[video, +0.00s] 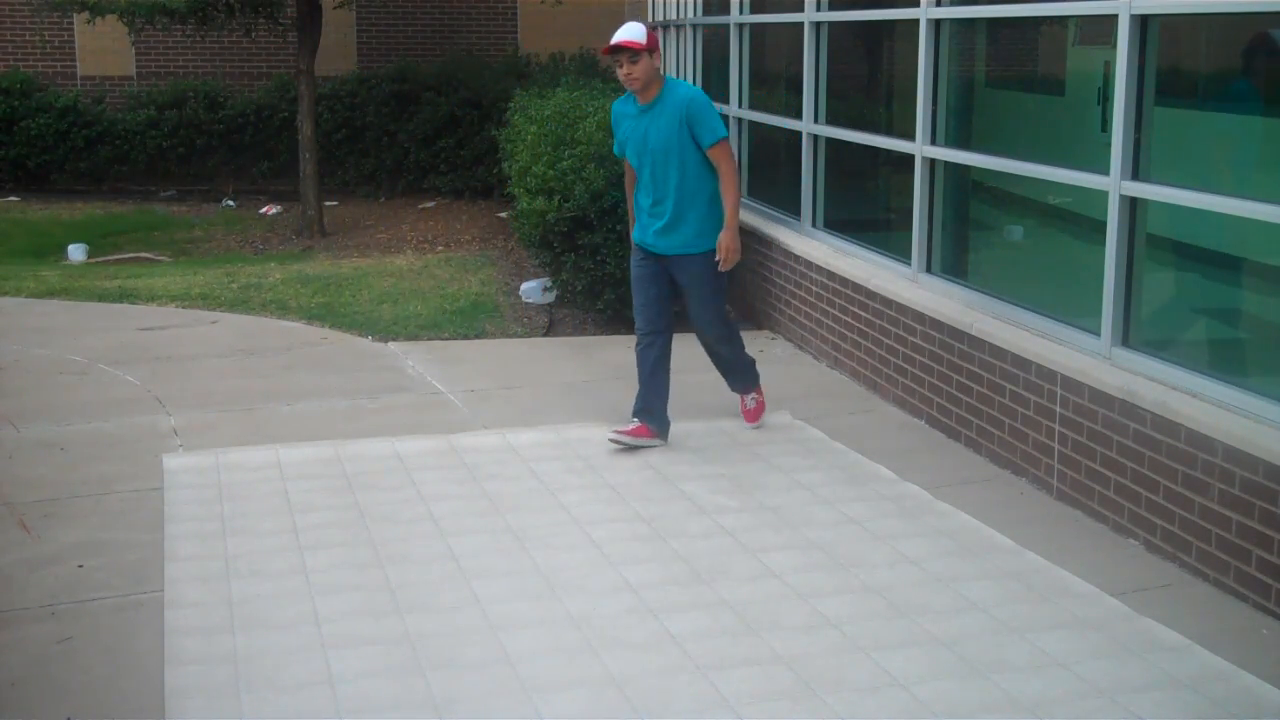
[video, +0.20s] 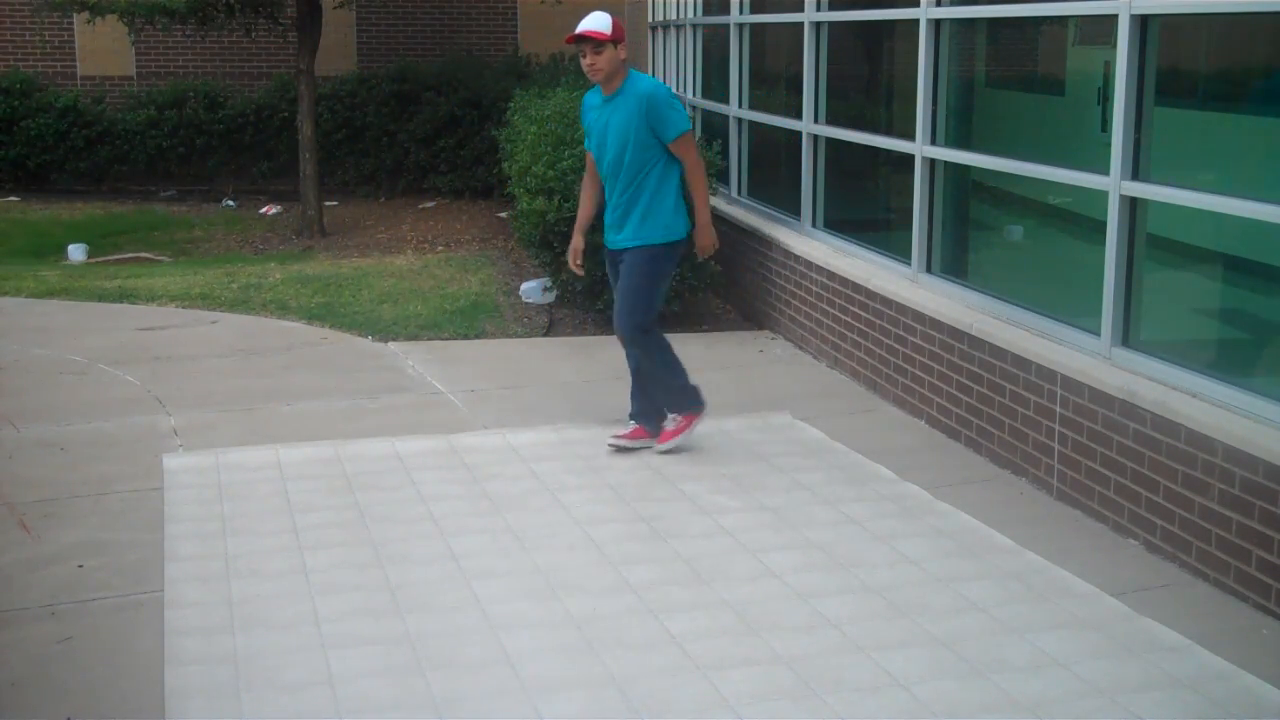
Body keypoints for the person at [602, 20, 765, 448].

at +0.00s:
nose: (625, 69)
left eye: (633, 59)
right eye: (619, 62)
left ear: (656, 58)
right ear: (614, 67)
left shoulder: (690, 100)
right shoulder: (622, 110)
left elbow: (726, 163)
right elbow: (631, 173)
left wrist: (731, 228)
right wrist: (635, 227)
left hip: (696, 240)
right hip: (647, 240)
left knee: (710, 325)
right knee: (649, 332)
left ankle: (746, 385)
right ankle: (651, 421)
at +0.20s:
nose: (588, 59)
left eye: (597, 49)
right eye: (582, 51)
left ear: (621, 50)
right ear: (578, 56)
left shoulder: (653, 95)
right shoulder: (591, 102)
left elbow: (692, 158)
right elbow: (593, 173)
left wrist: (703, 222)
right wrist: (579, 232)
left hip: (659, 232)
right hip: (617, 234)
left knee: (631, 322)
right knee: (632, 325)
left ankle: (686, 403)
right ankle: (647, 419)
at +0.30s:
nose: (569, 60)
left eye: (578, 51)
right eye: (563, 52)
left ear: (603, 51)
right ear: (559, 57)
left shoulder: (633, 96)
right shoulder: (574, 103)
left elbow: (677, 156)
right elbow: (572, 171)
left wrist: (685, 221)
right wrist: (548, 222)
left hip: (636, 232)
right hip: (607, 233)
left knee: (595, 323)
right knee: (632, 329)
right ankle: (650, 423)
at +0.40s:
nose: (547, 65)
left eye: (557, 55)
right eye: (543, 56)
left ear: (583, 57)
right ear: (539, 61)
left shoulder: (612, 100)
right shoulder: (555, 106)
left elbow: (660, 159)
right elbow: (550, 172)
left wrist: (659, 227)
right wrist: (523, 215)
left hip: (614, 240)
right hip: (586, 240)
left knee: (570, 334)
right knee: (623, 335)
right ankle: (650, 424)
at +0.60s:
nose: (496, 68)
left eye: (507, 60)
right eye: (494, 59)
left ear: (535, 64)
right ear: (494, 61)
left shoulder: (561, 109)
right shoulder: (506, 103)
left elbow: (611, 169)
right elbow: (519, 165)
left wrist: (601, 236)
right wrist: (505, 211)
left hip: (554, 250)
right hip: (524, 247)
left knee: (520, 344)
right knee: (555, 341)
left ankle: (499, 447)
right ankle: (620, 404)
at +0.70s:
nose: (463, 61)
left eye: (473, 55)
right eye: (464, 53)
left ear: (503, 64)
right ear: (485, 62)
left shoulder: (533, 106)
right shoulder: (481, 97)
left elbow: (582, 167)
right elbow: (507, 166)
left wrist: (583, 236)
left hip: (531, 249)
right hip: (495, 242)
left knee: (506, 345)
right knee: (488, 338)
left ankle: (499, 449)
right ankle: (572, 391)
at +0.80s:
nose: (437, 55)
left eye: (445, 49)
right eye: (439, 48)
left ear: (472, 60)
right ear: (466, 59)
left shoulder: (508, 103)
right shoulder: (462, 93)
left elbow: (556, 165)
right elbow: (494, 164)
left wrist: (565, 232)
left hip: (505, 252)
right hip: (469, 244)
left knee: (495, 349)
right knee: (448, 334)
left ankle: (499, 448)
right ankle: (503, 412)